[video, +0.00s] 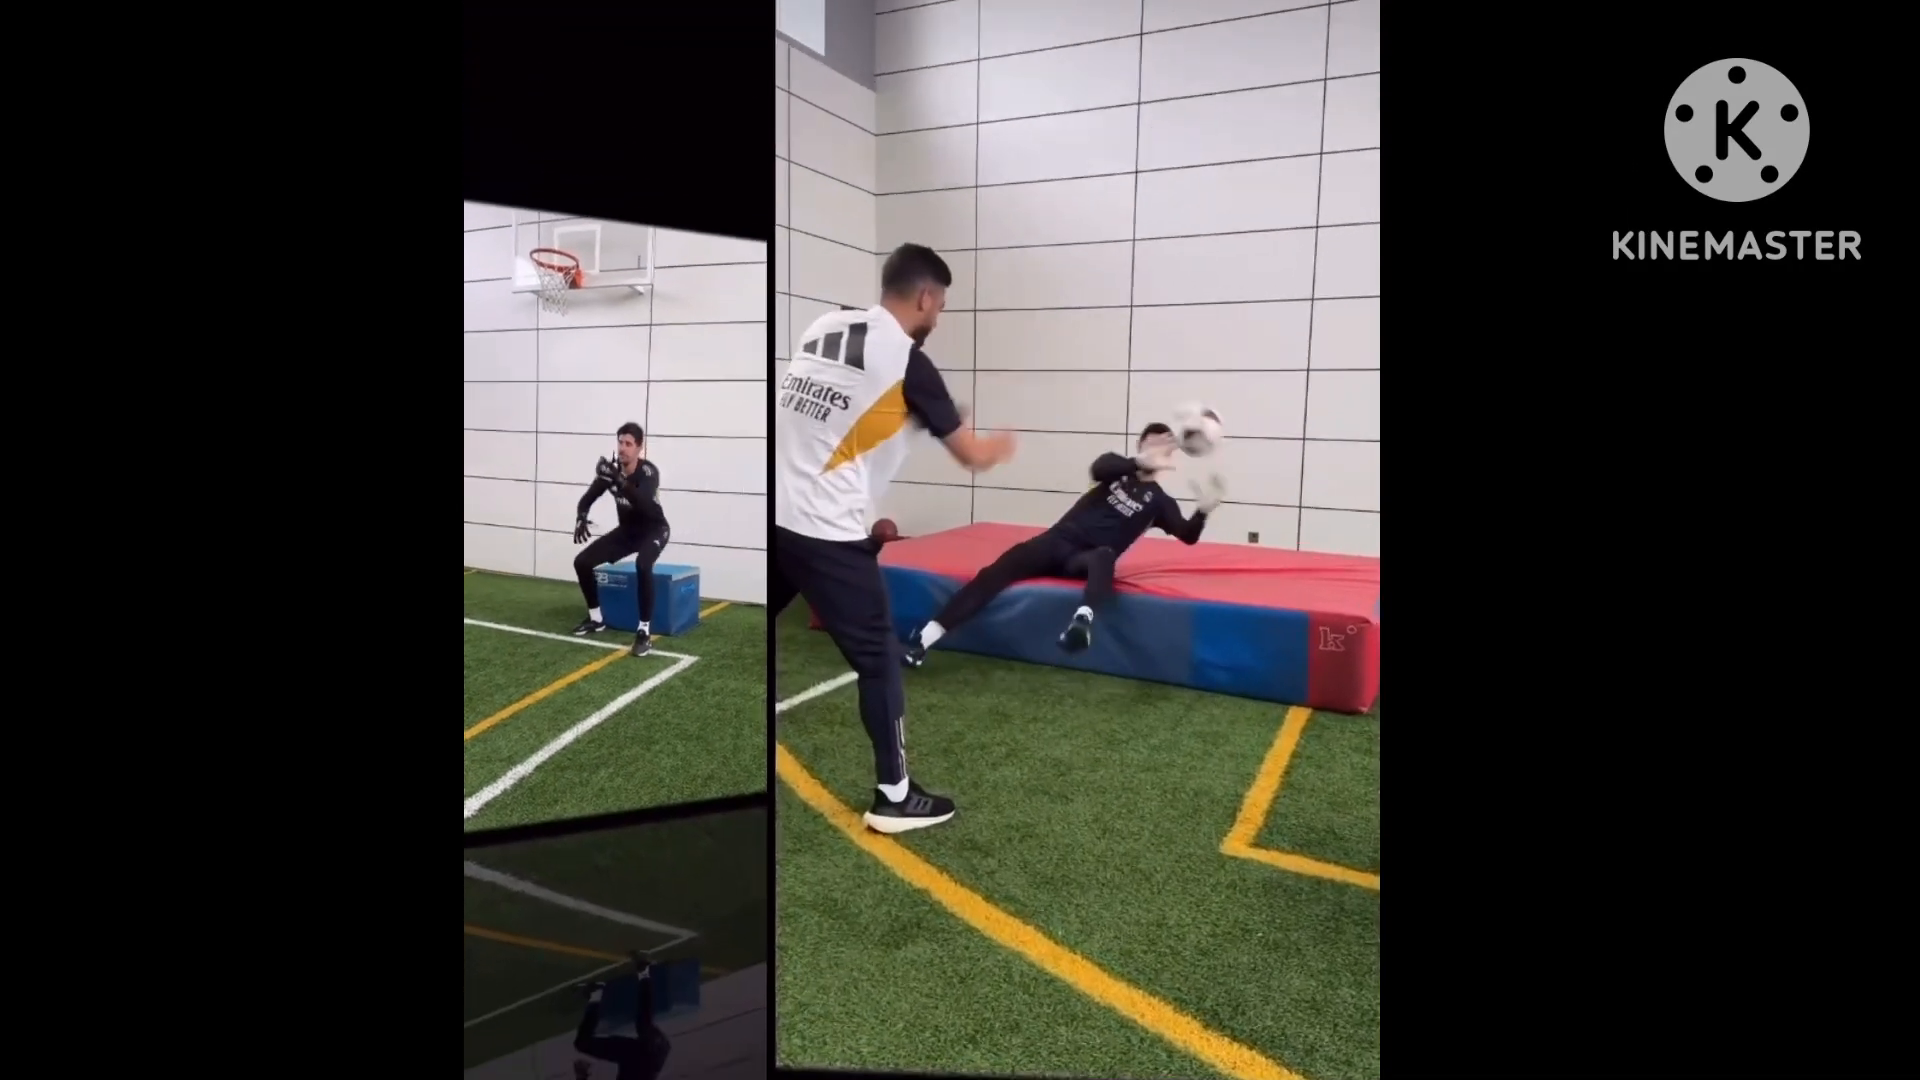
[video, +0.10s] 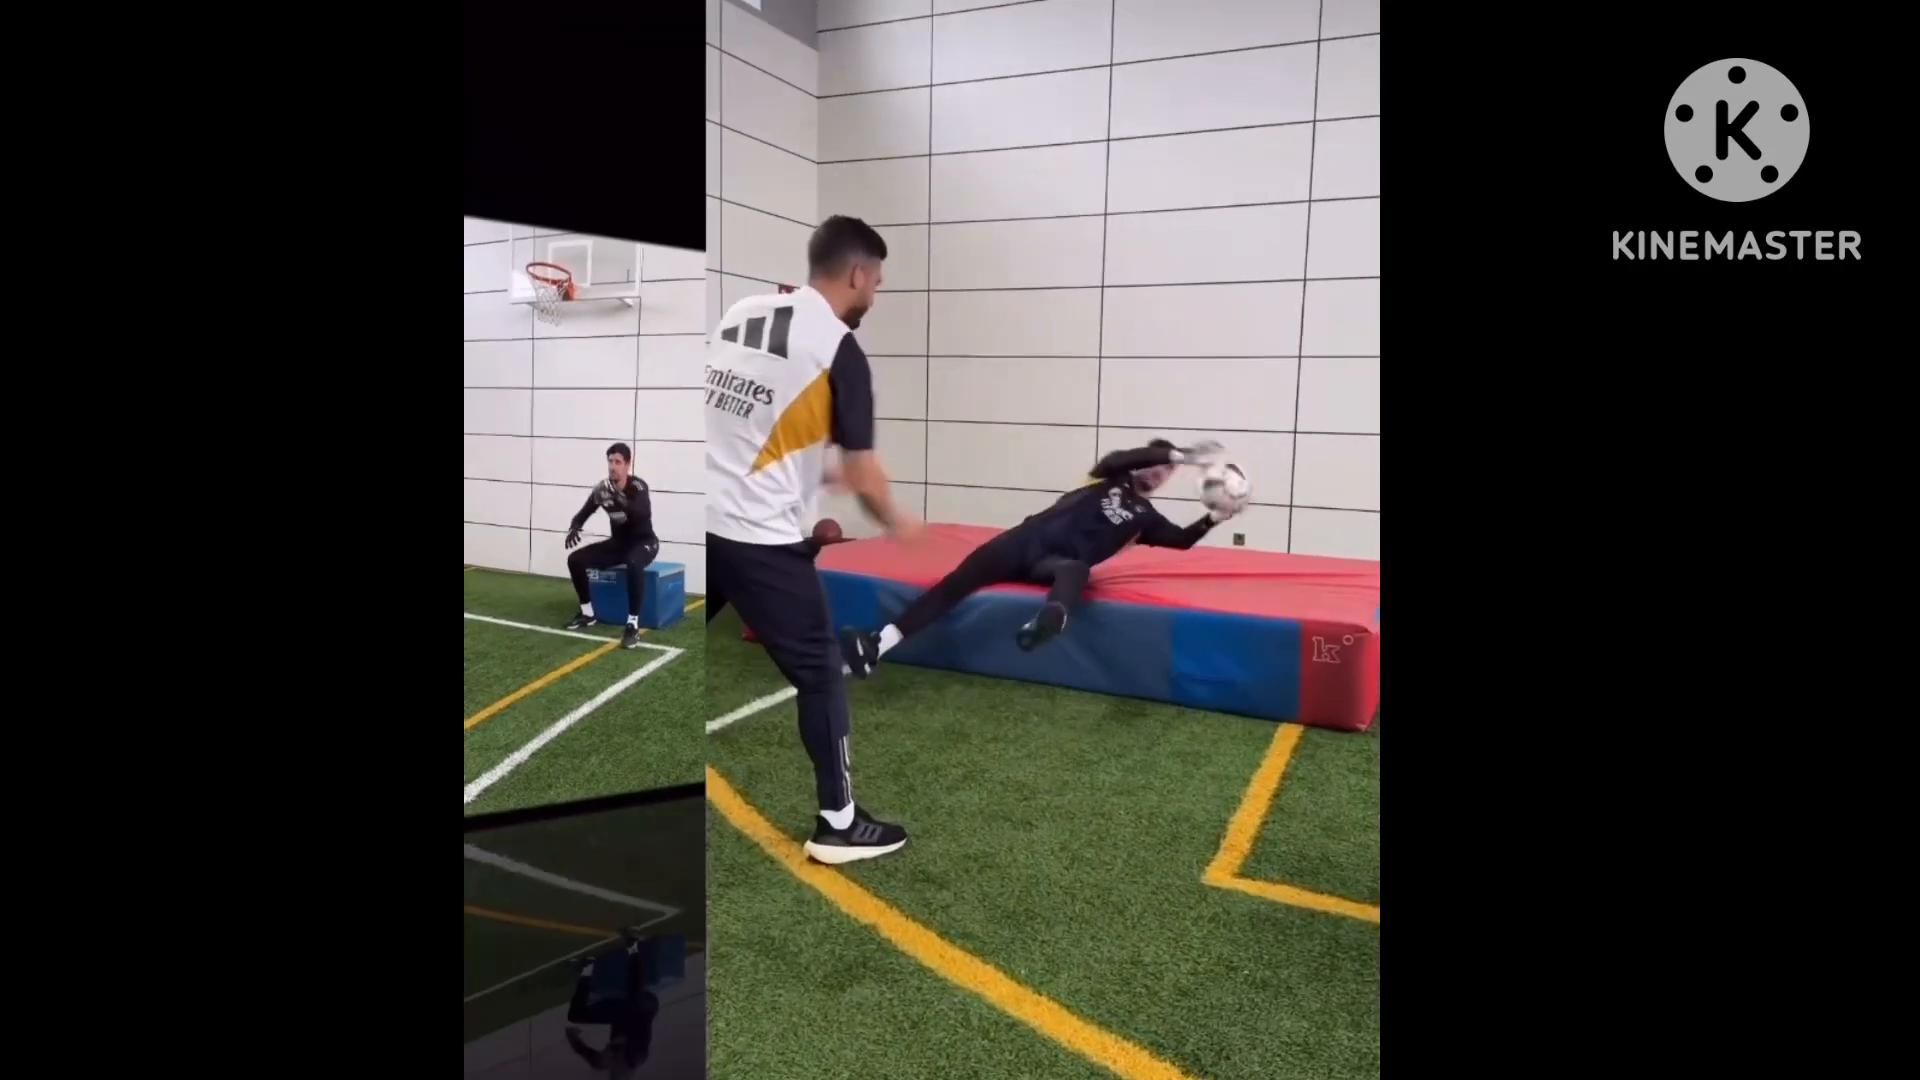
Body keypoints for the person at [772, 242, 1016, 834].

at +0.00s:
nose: (936, 321)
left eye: (940, 310)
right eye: (939, 308)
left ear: (886, 290)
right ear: (924, 298)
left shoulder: (824, 325)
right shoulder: (908, 362)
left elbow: (823, 422)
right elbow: (968, 453)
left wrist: (862, 526)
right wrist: (996, 448)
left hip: (775, 518)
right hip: (830, 534)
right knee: (879, 656)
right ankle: (895, 792)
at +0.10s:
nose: (873, 302)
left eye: (876, 289)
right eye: (874, 288)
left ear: (818, 269)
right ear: (854, 275)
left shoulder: (742, 314)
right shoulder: (838, 350)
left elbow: (756, 428)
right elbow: (861, 469)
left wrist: (817, 488)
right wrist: (894, 520)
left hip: (714, 526)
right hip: (766, 542)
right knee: (822, 670)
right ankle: (839, 819)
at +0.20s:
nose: (778, 268)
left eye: (782, 255)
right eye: (780, 254)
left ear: (712, 237)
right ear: (757, 243)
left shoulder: (644, 294)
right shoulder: (738, 329)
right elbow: (729, 459)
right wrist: (757, 557)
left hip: (637, 542)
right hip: (680, 553)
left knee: (732, 680)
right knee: (742, 694)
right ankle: (770, 853)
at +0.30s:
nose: (645, 217)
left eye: (646, 200)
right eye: (643, 199)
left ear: (569, 190)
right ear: (612, 193)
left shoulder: (514, 266)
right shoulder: (595, 295)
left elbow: (544, 426)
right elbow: (599, 448)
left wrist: (637, 527)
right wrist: (656, 545)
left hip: (505, 536)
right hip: (545, 550)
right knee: (626, 716)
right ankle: (682, 895)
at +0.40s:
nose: (541, 180)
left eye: (540, 161)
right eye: (536, 161)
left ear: (483, 157)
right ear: (502, 157)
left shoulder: (484, 262)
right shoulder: (497, 269)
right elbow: (575, 432)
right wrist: (661, 478)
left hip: (477, 547)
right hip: (473, 548)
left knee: (540, 722)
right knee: (541, 724)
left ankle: (632, 907)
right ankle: (633, 909)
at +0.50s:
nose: (505, 157)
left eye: (503, 138)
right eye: (496, 138)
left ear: (467, 145)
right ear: (464, 144)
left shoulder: (479, 258)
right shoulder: (481, 262)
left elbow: (486, 356)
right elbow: (588, 388)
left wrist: (557, 332)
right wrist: (674, 397)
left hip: (476, 541)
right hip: (472, 544)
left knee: (541, 706)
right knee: (542, 709)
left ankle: (608, 903)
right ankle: (610, 905)